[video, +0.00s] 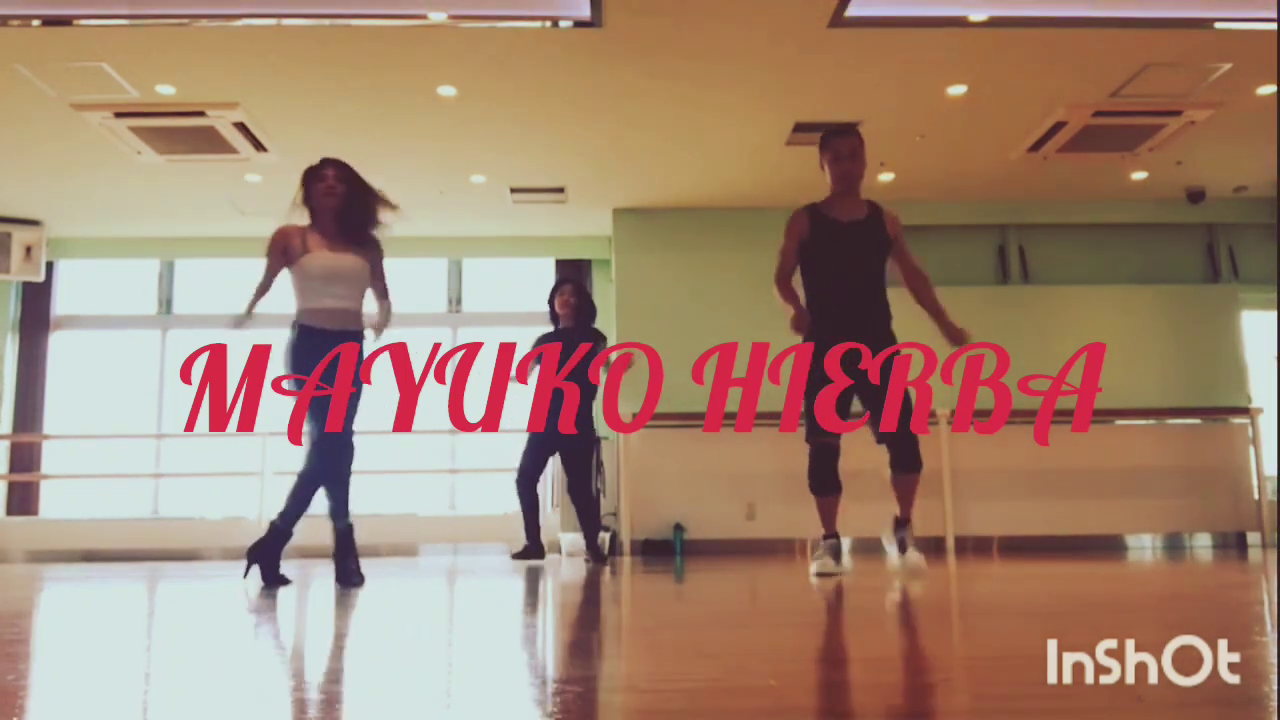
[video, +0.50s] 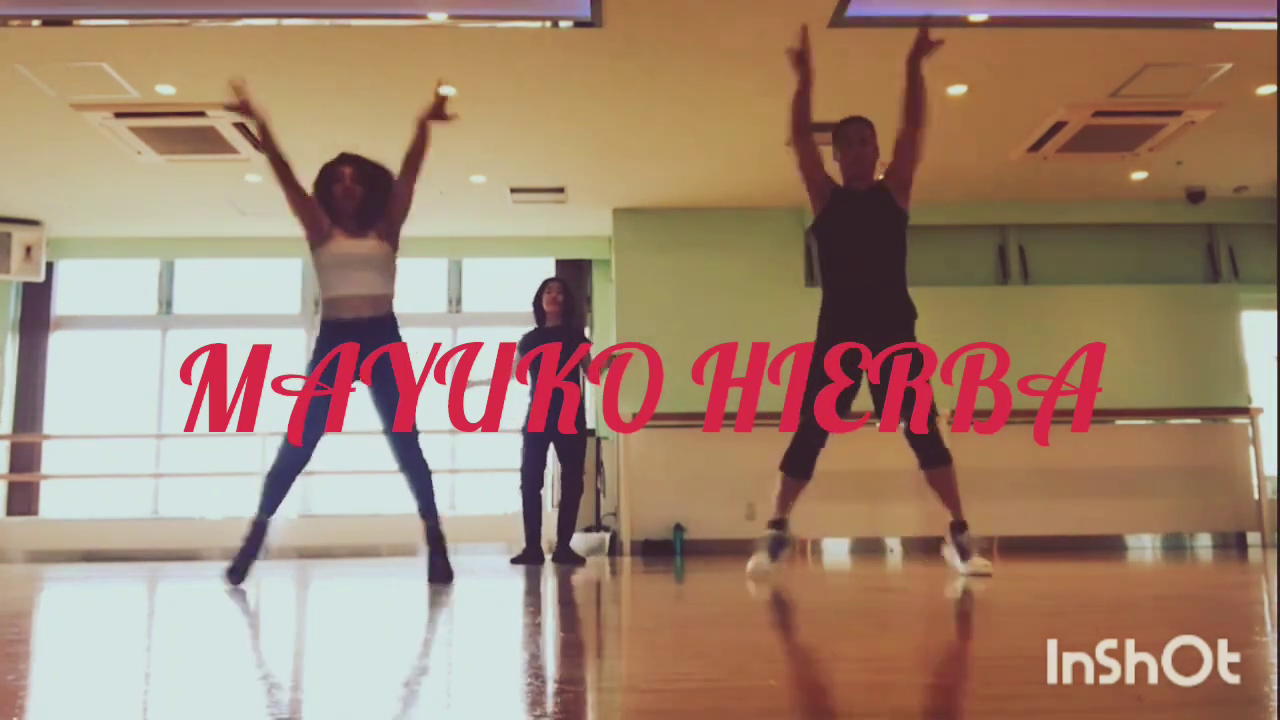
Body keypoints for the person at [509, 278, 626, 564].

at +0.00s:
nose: (566, 299)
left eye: (572, 295)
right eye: (561, 295)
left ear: (582, 302)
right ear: (553, 302)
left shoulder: (595, 340)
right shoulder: (545, 340)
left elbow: (598, 377)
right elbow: (522, 374)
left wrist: (613, 365)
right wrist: (525, 364)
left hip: (578, 426)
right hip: (544, 425)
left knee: (581, 489)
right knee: (525, 480)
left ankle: (592, 546)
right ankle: (533, 544)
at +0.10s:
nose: (561, 301)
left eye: (567, 297)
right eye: (557, 297)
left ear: (576, 304)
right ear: (548, 304)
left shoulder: (585, 342)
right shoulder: (542, 343)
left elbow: (593, 379)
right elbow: (520, 374)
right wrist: (491, 374)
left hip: (572, 422)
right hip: (540, 421)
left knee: (575, 485)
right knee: (527, 483)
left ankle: (590, 544)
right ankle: (532, 548)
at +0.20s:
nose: (558, 300)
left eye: (564, 296)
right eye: (554, 295)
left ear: (571, 303)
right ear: (545, 303)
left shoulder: (582, 340)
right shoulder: (535, 341)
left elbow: (583, 378)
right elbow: (521, 374)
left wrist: (563, 392)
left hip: (568, 419)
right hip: (535, 418)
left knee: (571, 482)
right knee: (526, 482)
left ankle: (583, 543)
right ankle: (532, 548)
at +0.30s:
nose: (555, 298)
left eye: (561, 294)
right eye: (551, 293)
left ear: (569, 301)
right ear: (542, 301)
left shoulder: (581, 338)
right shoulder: (530, 340)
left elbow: (584, 377)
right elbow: (521, 375)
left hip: (568, 417)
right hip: (535, 416)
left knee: (572, 478)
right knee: (527, 481)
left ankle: (568, 541)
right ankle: (532, 547)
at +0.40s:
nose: (553, 296)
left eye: (559, 292)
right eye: (548, 292)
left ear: (567, 300)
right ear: (540, 300)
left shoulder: (580, 336)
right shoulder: (529, 339)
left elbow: (587, 376)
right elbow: (520, 375)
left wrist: (582, 361)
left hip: (569, 415)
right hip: (536, 414)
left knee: (572, 479)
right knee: (528, 481)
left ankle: (563, 543)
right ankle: (532, 547)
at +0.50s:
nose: (554, 297)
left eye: (560, 292)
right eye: (549, 292)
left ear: (568, 300)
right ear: (540, 300)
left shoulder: (578, 338)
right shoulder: (530, 338)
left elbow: (593, 376)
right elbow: (520, 376)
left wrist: (600, 361)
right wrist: (524, 357)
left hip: (571, 418)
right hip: (538, 417)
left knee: (573, 483)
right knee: (530, 483)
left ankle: (563, 547)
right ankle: (532, 547)